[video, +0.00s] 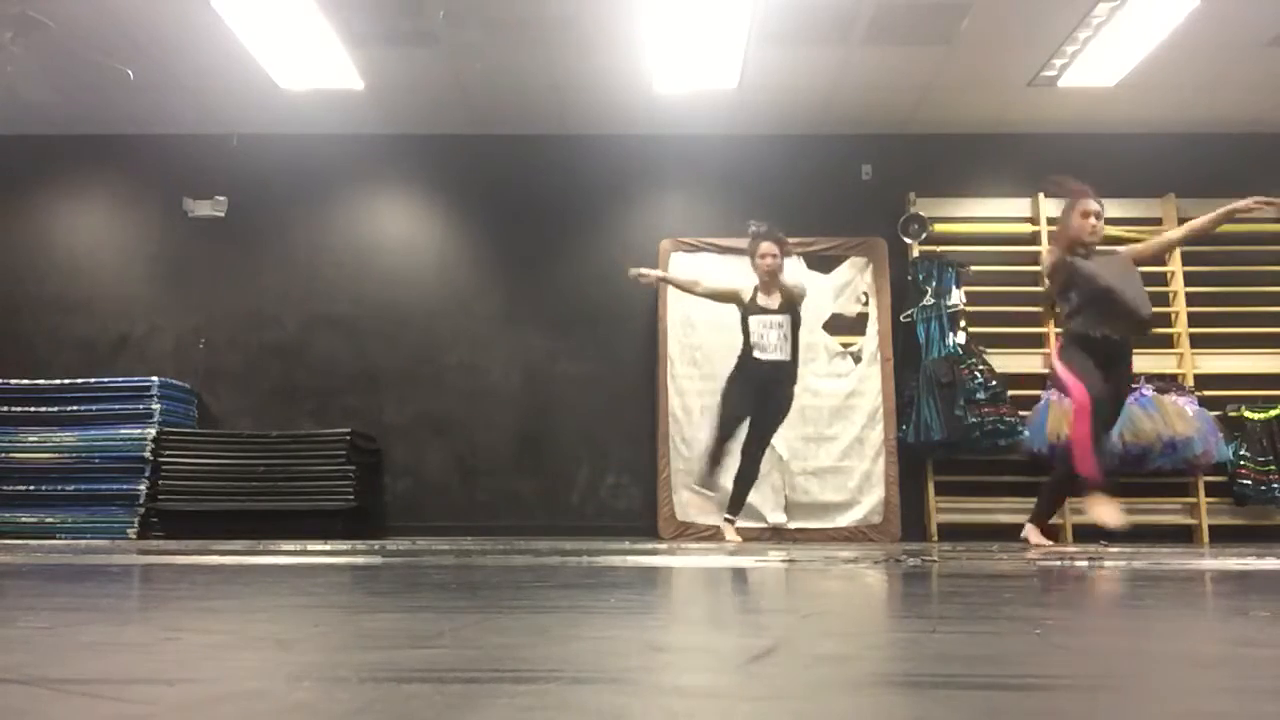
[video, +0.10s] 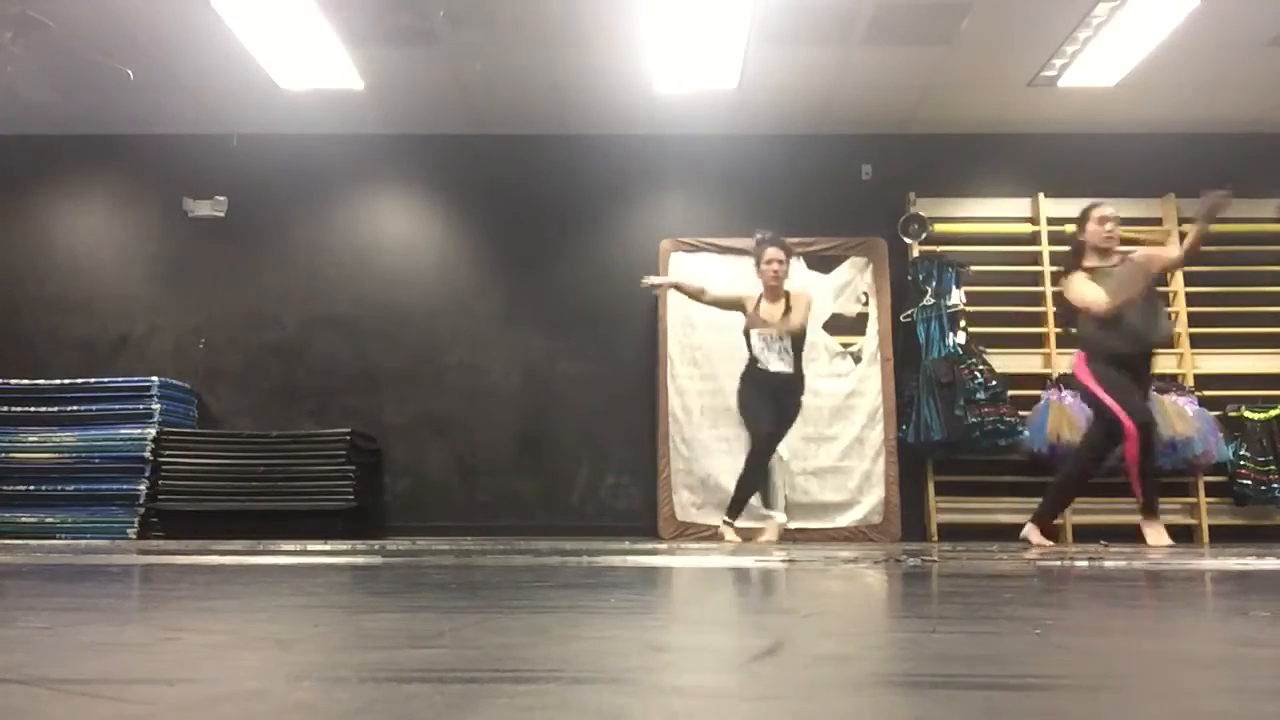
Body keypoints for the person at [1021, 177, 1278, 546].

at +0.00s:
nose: (1094, 222)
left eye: (1100, 217)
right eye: (1086, 215)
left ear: (1104, 226)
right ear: (1067, 222)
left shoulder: (1117, 258)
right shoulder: (1059, 262)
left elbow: (1173, 237)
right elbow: (1052, 260)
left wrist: (1229, 210)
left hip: (1118, 358)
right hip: (1075, 350)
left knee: (1084, 441)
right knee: (1086, 398)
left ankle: (1035, 524)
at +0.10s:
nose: (1111, 227)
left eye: (1115, 222)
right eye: (1102, 222)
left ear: (1121, 229)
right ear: (1083, 233)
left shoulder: (1137, 258)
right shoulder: (1076, 280)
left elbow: (1179, 254)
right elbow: (1103, 301)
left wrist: (1203, 221)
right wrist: (1140, 278)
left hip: (1135, 370)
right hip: (1094, 366)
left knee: (1093, 449)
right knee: (1138, 419)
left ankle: (1037, 524)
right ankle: (1150, 519)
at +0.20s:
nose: (1144, 212)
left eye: (1148, 205)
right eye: (1134, 208)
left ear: (1158, 212)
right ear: (1118, 221)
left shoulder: (1176, 249)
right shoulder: (1112, 273)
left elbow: (1182, 277)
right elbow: (1093, 333)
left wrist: (1172, 241)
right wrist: (1141, 348)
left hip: (1163, 358)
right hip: (1120, 357)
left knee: (1154, 441)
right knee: (1152, 430)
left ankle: (1073, 507)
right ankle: (1146, 526)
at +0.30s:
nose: (1189, 202)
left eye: (1193, 194)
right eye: (1179, 196)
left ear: (1201, 201)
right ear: (1161, 205)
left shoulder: (1217, 238)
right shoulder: (1144, 251)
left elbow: (1214, 290)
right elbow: (1087, 281)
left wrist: (1163, 314)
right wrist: (1099, 331)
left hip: (1189, 352)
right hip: (1149, 350)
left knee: (1232, 426)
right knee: (1160, 429)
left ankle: (1171, 496)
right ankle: (1145, 526)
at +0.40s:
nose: (1222, 199)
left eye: (1227, 192)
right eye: (1213, 193)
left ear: (1235, 198)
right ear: (1196, 199)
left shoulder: (1250, 242)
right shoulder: (1173, 232)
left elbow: (1256, 299)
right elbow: (1110, 236)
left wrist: (1238, 346)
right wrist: (1086, 265)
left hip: (1227, 348)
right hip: (1179, 346)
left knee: (1272, 412)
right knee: (1171, 429)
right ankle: (1148, 525)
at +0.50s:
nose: (1249, 214)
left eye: (1252, 207)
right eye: (1239, 207)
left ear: (1256, 214)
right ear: (1218, 215)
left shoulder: (1270, 250)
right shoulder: (1203, 262)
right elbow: (1140, 284)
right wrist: (1115, 250)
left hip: (1266, 357)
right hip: (1217, 357)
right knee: (1189, 432)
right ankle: (1147, 519)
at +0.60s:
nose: (1270, 233)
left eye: (1273, 226)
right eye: (1260, 228)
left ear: (1279, 236)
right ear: (1242, 241)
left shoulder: (1276, 285)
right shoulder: (1237, 291)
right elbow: (1225, 345)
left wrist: (1177, 335)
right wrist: (1177, 334)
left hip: (1271, 375)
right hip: (1236, 371)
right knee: (1202, 439)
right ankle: (1152, 519)